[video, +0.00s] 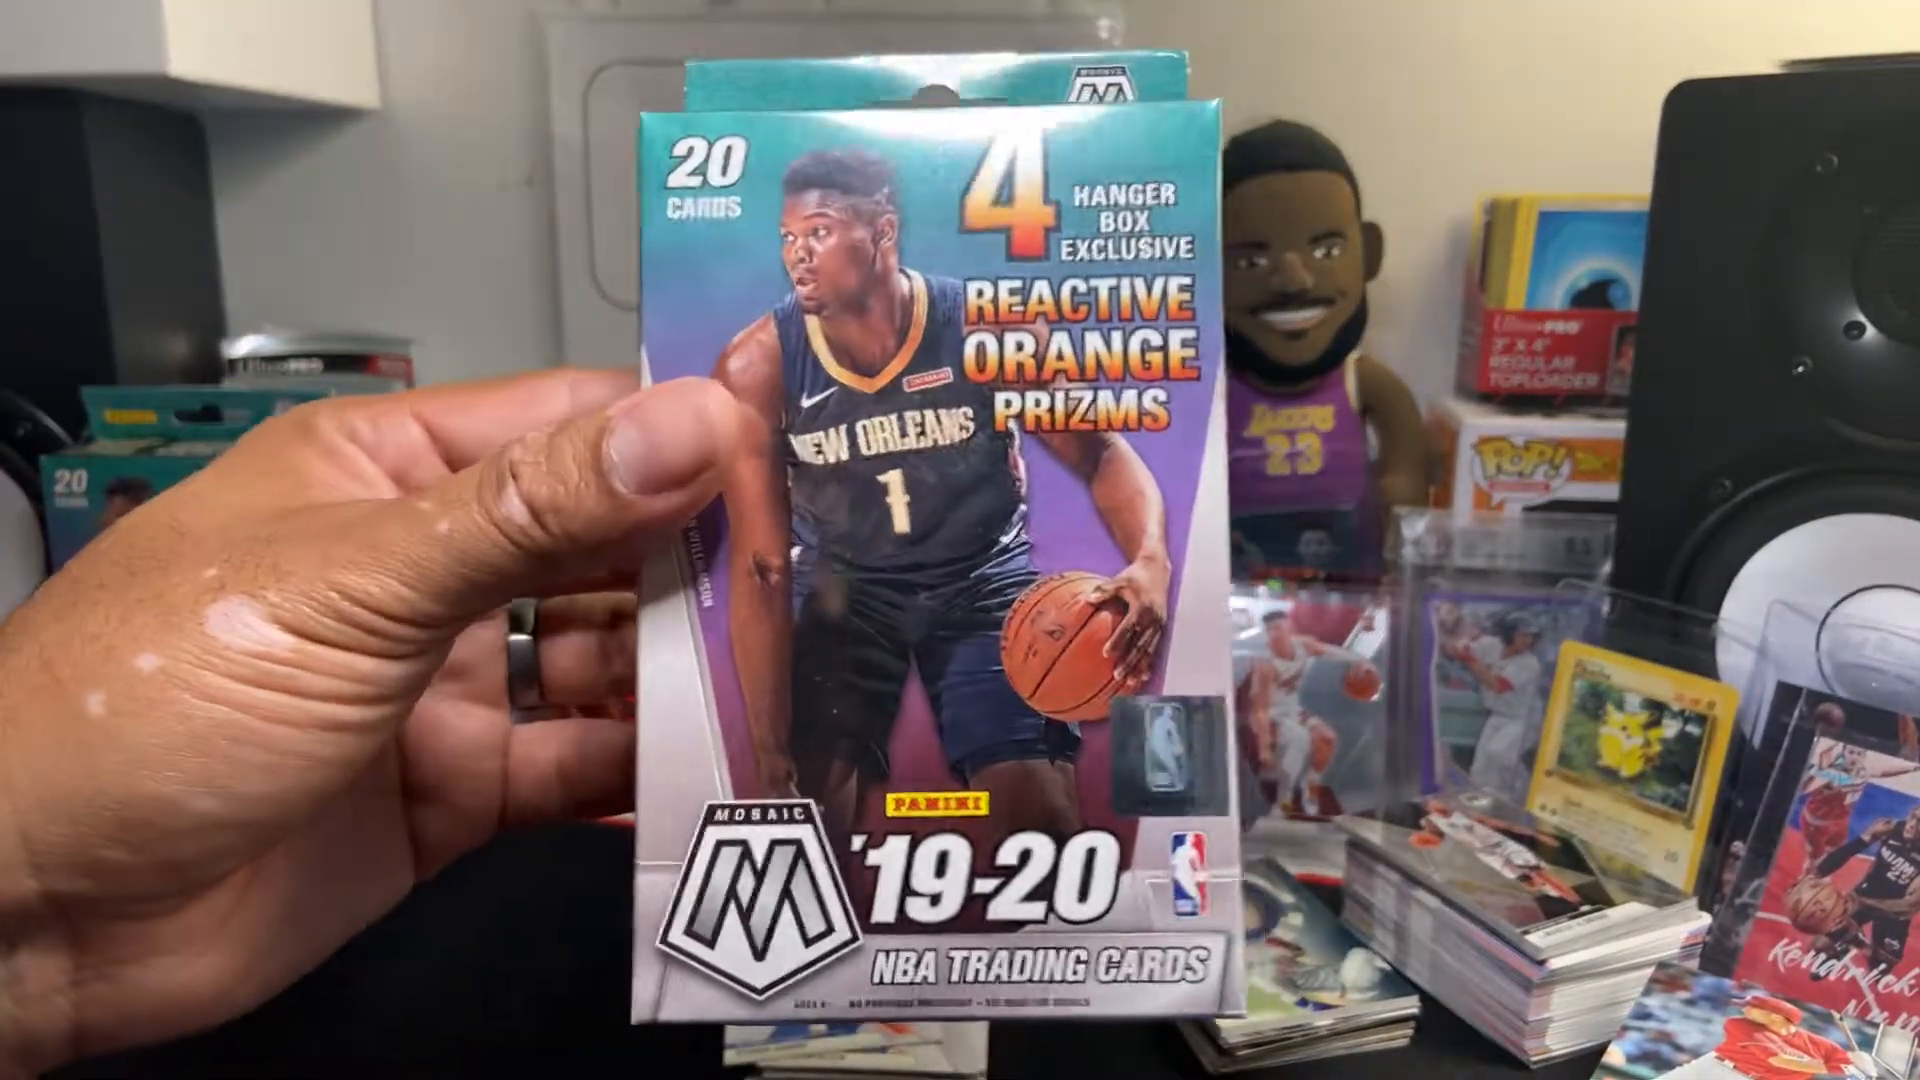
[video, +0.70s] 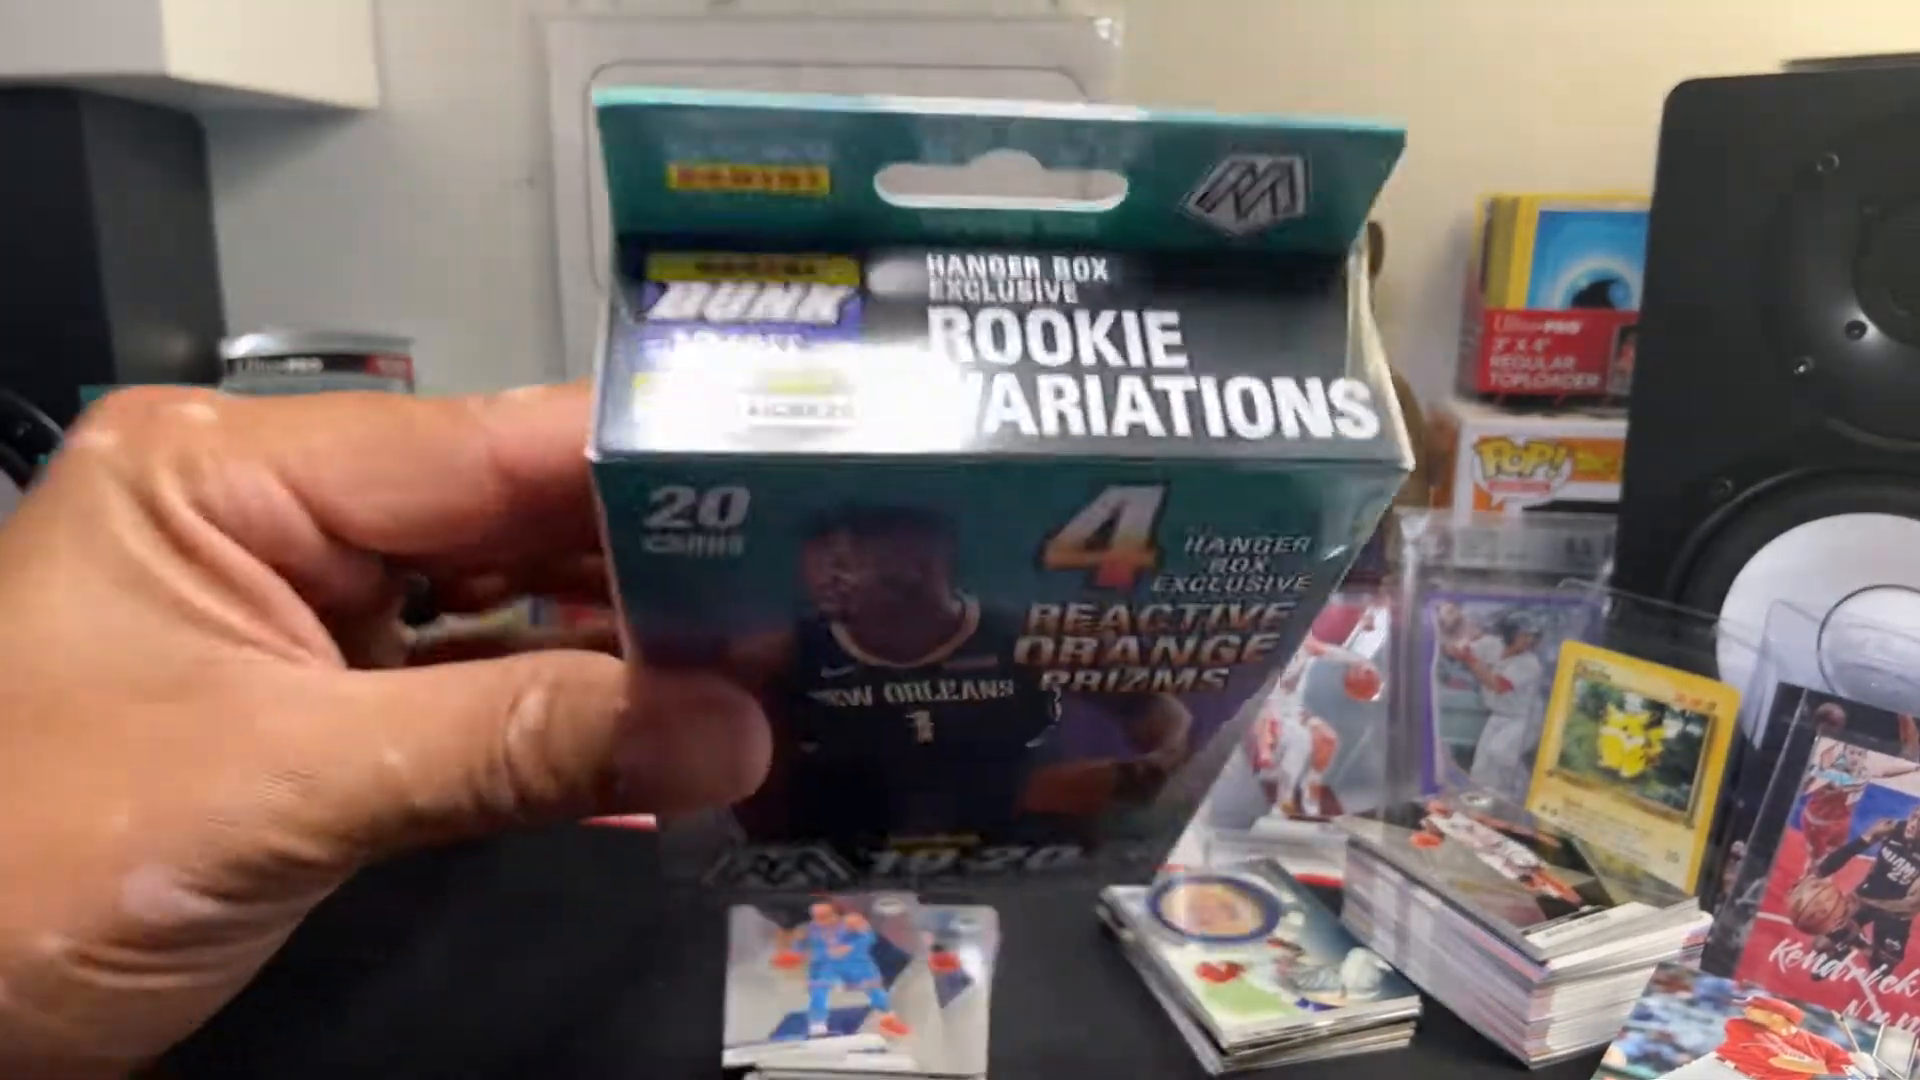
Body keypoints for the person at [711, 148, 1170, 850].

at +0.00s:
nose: (798, 255)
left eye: (819, 234)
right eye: (790, 239)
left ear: (884, 233)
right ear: (782, 250)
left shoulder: (982, 327)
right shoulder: (760, 364)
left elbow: (1099, 454)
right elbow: (761, 571)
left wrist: (1152, 559)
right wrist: (769, 755)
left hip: (986, 582)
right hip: (848, 593)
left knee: (1031, 802)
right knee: (814, 800)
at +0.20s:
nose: (779, 345)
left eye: (799, 320)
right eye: (769, 326)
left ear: (863, 320)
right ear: (762, 335)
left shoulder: (968, 404)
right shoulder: (752, 457)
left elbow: (1090, 521)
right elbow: (774, 651)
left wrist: (1145, 618)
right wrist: (800, 826)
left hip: (988, 654)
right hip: (862, 672)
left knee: (1054, 851)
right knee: (843, 871)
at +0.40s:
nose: (802, 398)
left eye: (823, 375)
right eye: (792, 378)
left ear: (892, 374)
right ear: (785, 383)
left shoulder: (997, 469)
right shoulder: (767, 512)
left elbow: (1113, 595)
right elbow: (780, 707)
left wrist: (1162, 694)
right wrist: (789, 884)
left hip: (996, 733)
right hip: (865, 743)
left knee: (1052, 917)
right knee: (849, 943)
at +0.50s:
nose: (862, 470)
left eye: (883, 443)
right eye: (839, 449)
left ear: (927, 451)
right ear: (814, 466)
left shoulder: (1026, 553)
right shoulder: (794, 588)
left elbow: (1147, 662)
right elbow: (793, 762)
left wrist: (1181, 761)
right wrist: (810, 922)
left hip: (1014, 820)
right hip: (875, 828)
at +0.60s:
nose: (878, 572)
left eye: (896, 553)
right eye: (862, 555)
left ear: (947, 555)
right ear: (836, 567)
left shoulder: (1034, 641)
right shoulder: (808, 663)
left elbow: (1155, 717)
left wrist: (1171, 782)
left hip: (1017, 915)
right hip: (864, 919)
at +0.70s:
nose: (832, 579)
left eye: (854, 563)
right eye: (826, 562)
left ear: (926, 563)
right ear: (813, 567)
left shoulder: (1022, 641)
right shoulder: (791, 663)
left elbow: (1151, 703)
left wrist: (1159, 755)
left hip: (986, 900)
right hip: (837, 903)